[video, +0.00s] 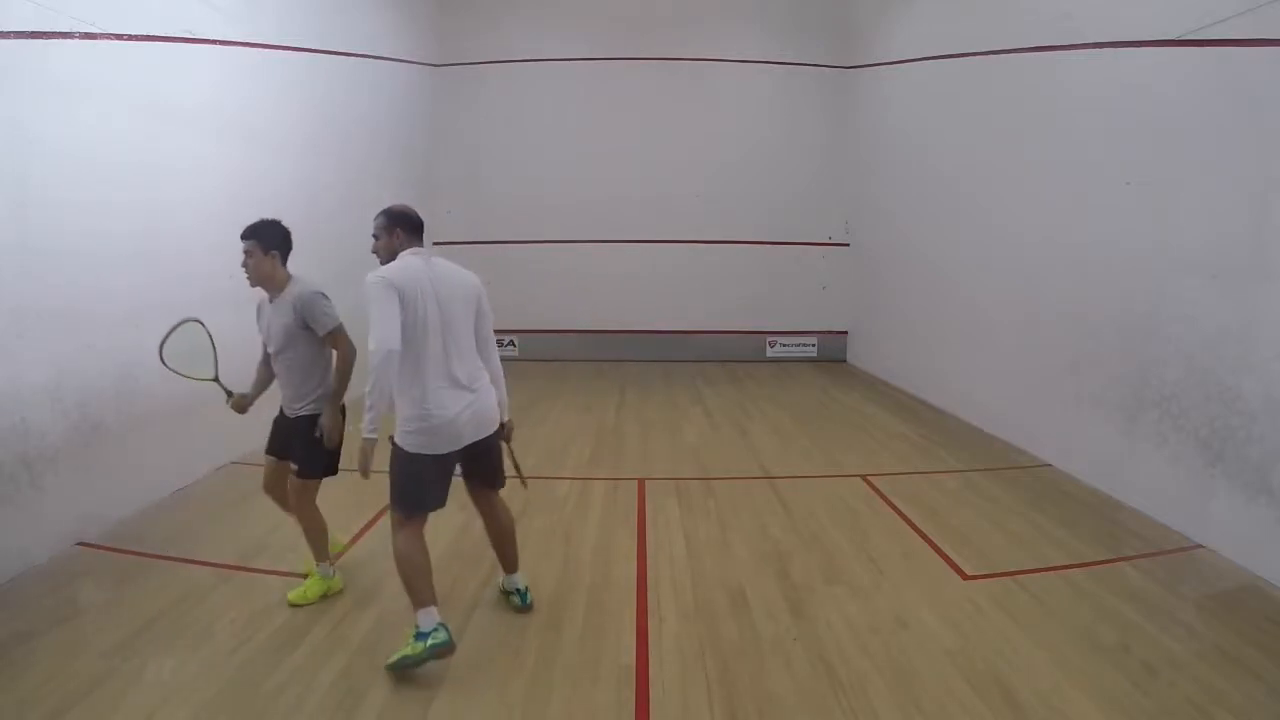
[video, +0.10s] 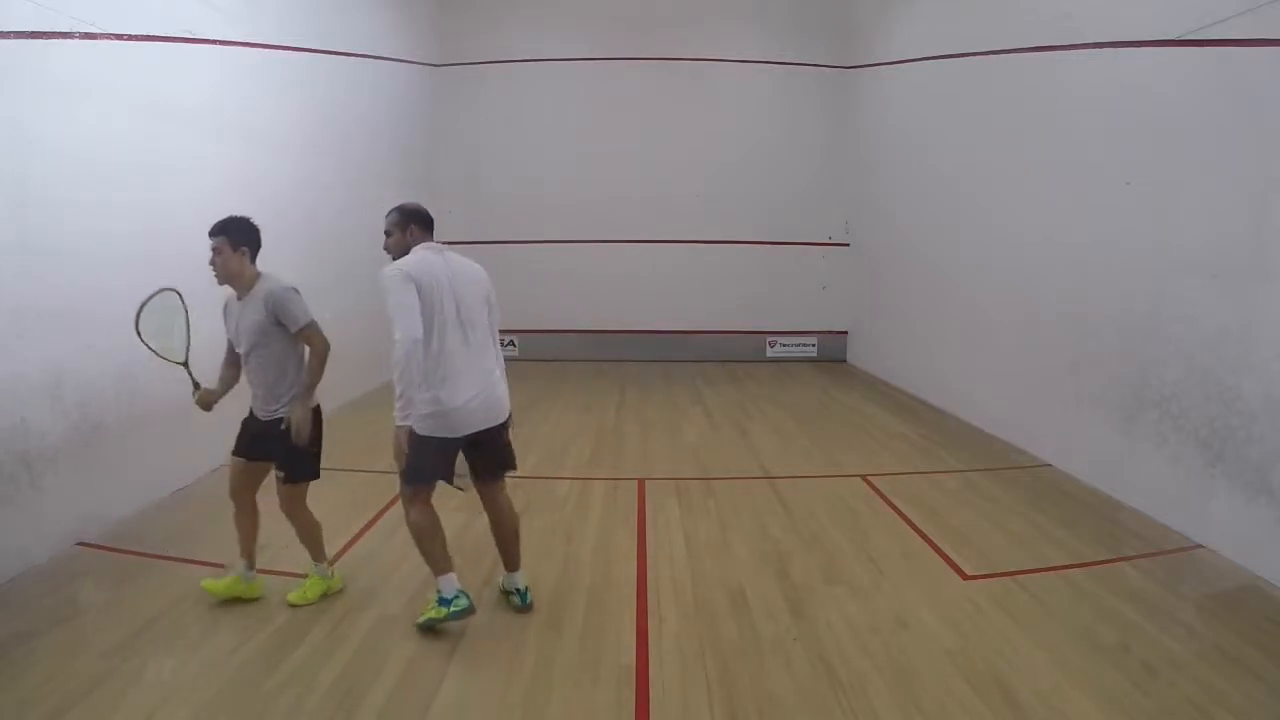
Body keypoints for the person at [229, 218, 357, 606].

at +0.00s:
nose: (242, 263)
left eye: (248, 255)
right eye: (242, 255)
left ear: (273, 257)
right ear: (265, 259)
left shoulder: (308, 298)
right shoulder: (265, 308)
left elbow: (346, 350)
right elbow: (270, 360)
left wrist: (334, 406)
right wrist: (251, 395)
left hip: (318, 415)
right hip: (288, 414)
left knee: (302, 498)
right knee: (275, 487)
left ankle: (326, 573)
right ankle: (328, 541)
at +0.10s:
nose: (211, 261)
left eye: (217, 252)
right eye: (211, 254)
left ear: (243, 253)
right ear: (234, 256)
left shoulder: (278, 294)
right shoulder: (232, 306)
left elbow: (319, 345)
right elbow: (234, 359)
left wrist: (305, 401)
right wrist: (218, 391)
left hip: (297, 415)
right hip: (260, 416)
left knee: (292, 503)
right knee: (241, 491)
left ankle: (323, 573)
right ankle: (246, 575)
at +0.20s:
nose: (179, 267)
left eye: (185, 258)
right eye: (178, 260)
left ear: (213, 260)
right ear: (198, 263)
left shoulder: (249, 301)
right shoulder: (197, 315)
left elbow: (293, 350)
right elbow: (194, 371)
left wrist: (273, 396)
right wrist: (180, 395)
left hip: (269, 427)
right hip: (230, 429)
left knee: (271, 518)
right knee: (206, 506)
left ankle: (321, 571)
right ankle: (201, 594)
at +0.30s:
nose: (149, 279)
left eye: (155, 270)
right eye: (149, 270)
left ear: (182, 272)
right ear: (168, 275)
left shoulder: (223, 309)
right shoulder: (165, 327)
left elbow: (267, 355)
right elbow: (158, 397)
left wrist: (243, 384)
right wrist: (140, 396)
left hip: (241, 435)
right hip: (200, 436)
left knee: (237, 531)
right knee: (166, 518)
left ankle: (300, 565)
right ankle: (193, 600)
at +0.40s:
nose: (123, 282)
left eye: (129, 272)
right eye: (122, 274)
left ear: (156, 270)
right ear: (148, 274)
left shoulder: (201, 299)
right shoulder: (143, 328)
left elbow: (234, 332)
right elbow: (136, 396)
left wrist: (192, 356)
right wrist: (119, 381)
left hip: (229, 428)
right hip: (187, 432)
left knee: (206, 521)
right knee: (155, 517)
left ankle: (261, 595)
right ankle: (186, 596)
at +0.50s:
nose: (101, 292)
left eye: (104, 282)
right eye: (99, 284)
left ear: (129, 280)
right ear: (128, 283)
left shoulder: (180, 298)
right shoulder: (125, 334)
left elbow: (194, 318)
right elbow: (124, 396)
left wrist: (129, 327)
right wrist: (108, 354)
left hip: (225, 428)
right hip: (185, 430)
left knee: (192, 529)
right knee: (137, 512)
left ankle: (209, 637)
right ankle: (171, 585)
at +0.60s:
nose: (88, 330)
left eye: (91, 319)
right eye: (86, 321)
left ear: (115, 313)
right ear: (111, 316)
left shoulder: (169, 325)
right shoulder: (120, 359)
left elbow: (144, 367)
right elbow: (116, 408)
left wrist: (69, 363)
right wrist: (120, 357)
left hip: (218, 457)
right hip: (180, 454)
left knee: (158, 545)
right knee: (128, 525)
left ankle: (186, 651)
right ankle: (162, 598)